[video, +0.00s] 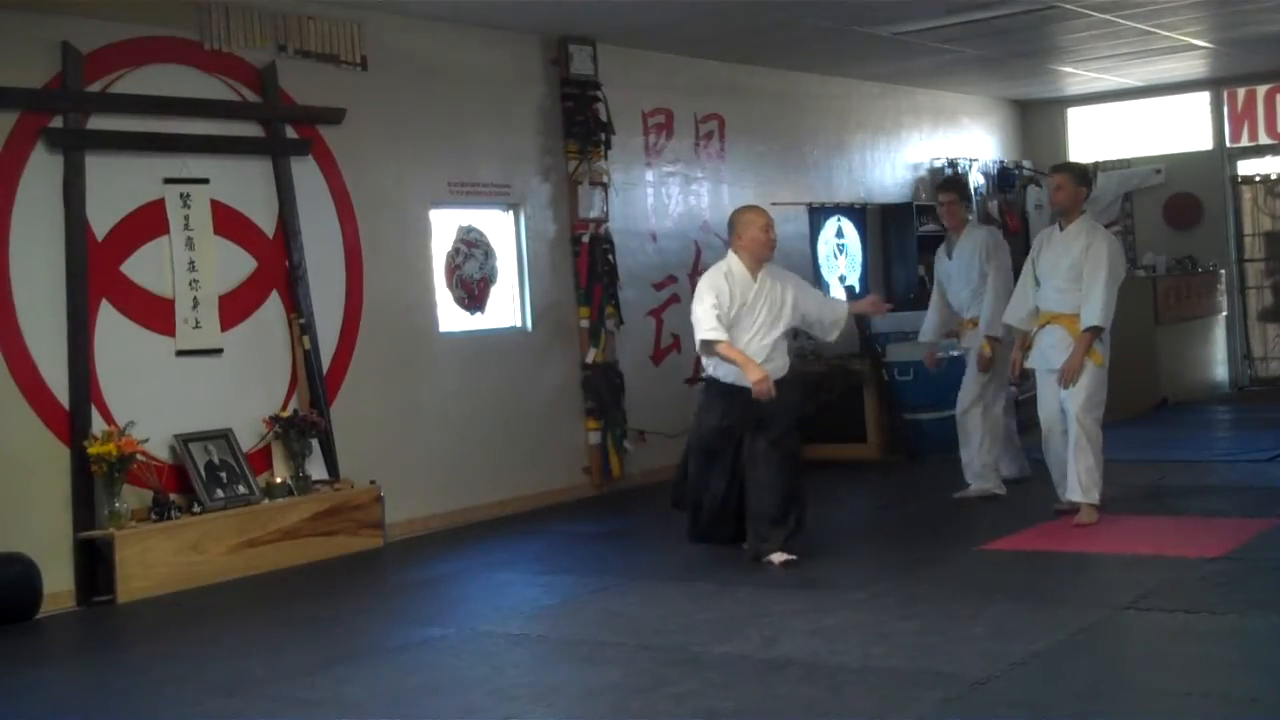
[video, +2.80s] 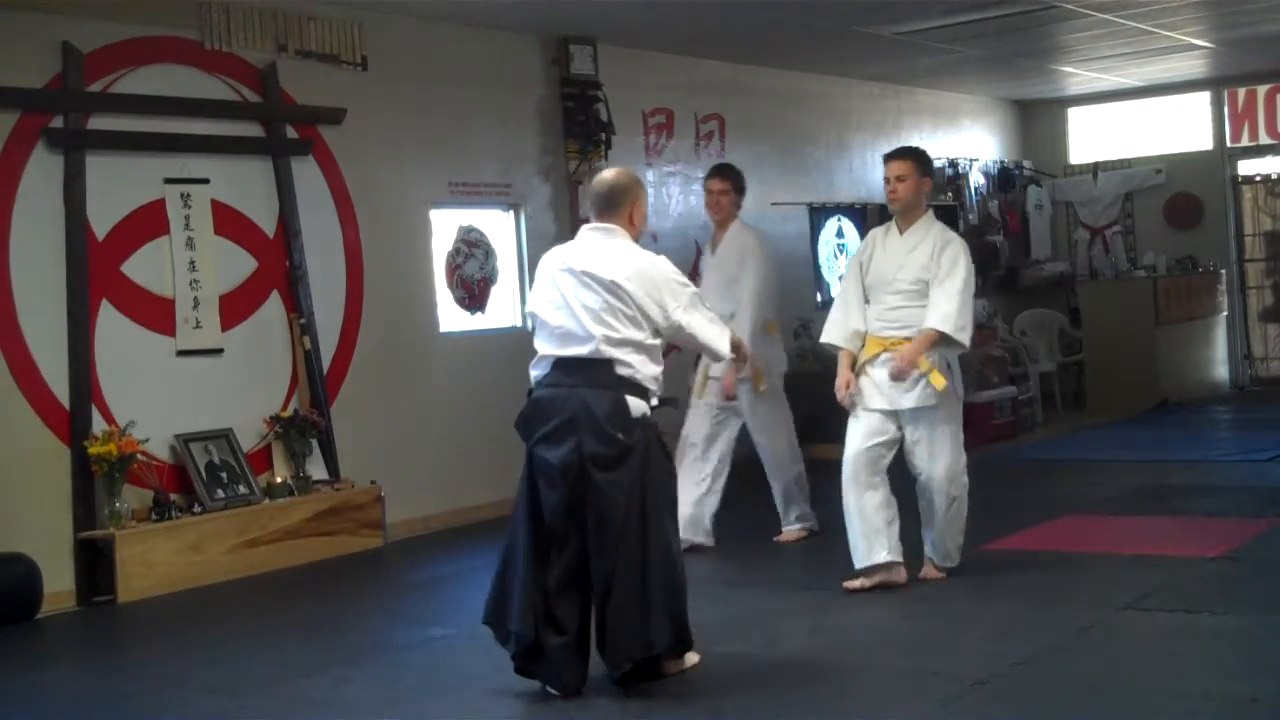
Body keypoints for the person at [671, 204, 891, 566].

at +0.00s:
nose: (774, 236)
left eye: (773, 229)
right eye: (765, 230)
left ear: (761, 237)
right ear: (739, 238)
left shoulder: (783, 282)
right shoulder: (714, 282)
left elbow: (823, 308)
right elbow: (710, 338)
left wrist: (860, 307)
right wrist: (749, 365)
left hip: (773, 390)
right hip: (724, 393)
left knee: (773, 465)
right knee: (712, 464)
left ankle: (772, 543)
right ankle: (717, 533)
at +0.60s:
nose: (764, 228)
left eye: (761, 220)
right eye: (757, 220)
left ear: (732, 229)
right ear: (732, 228)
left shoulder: (740, 274)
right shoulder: (714, 279)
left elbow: (754, 331)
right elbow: (722, 352)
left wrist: (789, 349)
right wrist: (757, 395)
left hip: (729, 394)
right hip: (702, 400)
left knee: (745, 479)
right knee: (717, 490)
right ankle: (718, 578)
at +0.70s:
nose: (755, 222)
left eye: (753, 215)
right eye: (749, 215)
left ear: (721, 222)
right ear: (727, 221)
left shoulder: (715, 263)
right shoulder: (713, 269)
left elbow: (740, 326)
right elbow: (723, 341)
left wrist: (785, 340)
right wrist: (753, 394)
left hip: (699, 394)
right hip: (705, 398)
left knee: (707, 489)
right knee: (721, 489)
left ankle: (704, 574)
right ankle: (723, 579)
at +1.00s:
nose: (709, 233)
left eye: (709, 225)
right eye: (708, 225)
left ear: (664, 226)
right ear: (694, 226)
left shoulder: (649, 267)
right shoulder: (683, 272)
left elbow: (689, 324)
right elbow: (680, 338)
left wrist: (734, 300)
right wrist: (694, 393)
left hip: (630, 388)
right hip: (665, 391)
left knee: (640, 496)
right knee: (710, 487)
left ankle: (633, 597)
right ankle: (716, 581)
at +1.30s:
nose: (669, 219)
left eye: (666, 211)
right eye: (668, 211)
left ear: (624, 216)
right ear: (658, 215)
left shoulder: (600, 262)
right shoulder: (658, 268)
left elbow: (636, 315)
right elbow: (693, 335)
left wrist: (691, 298)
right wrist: (739, 394)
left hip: (591, 394)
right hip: (638, 400)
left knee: (604, 506)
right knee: (678, 501)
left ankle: (602, 607)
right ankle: (659, 607)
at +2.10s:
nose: (619, 222)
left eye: (618, 213)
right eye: (619, 214)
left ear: (564, 215)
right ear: (609, 217)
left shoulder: (525, 269)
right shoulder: (612, 275)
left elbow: (558, 313)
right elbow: (667, 359)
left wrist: (626, 290)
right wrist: (720, 392)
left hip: (528, 415)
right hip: (592, 414)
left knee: (543, 543)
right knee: (611, 533)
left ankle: (561, 669)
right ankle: (627, 651)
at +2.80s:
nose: (646, 216)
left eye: (644, 207)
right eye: (645, 209)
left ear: (590, 210)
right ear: (635, 212)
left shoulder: (551, 261)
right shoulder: (648, 269)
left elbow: (539, 322)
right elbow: (714, 338)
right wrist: (736, 349)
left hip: (550, 406)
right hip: (616, 409)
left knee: (554, 537)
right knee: (641, 533)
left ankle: (558, 666)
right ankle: (654, 653)